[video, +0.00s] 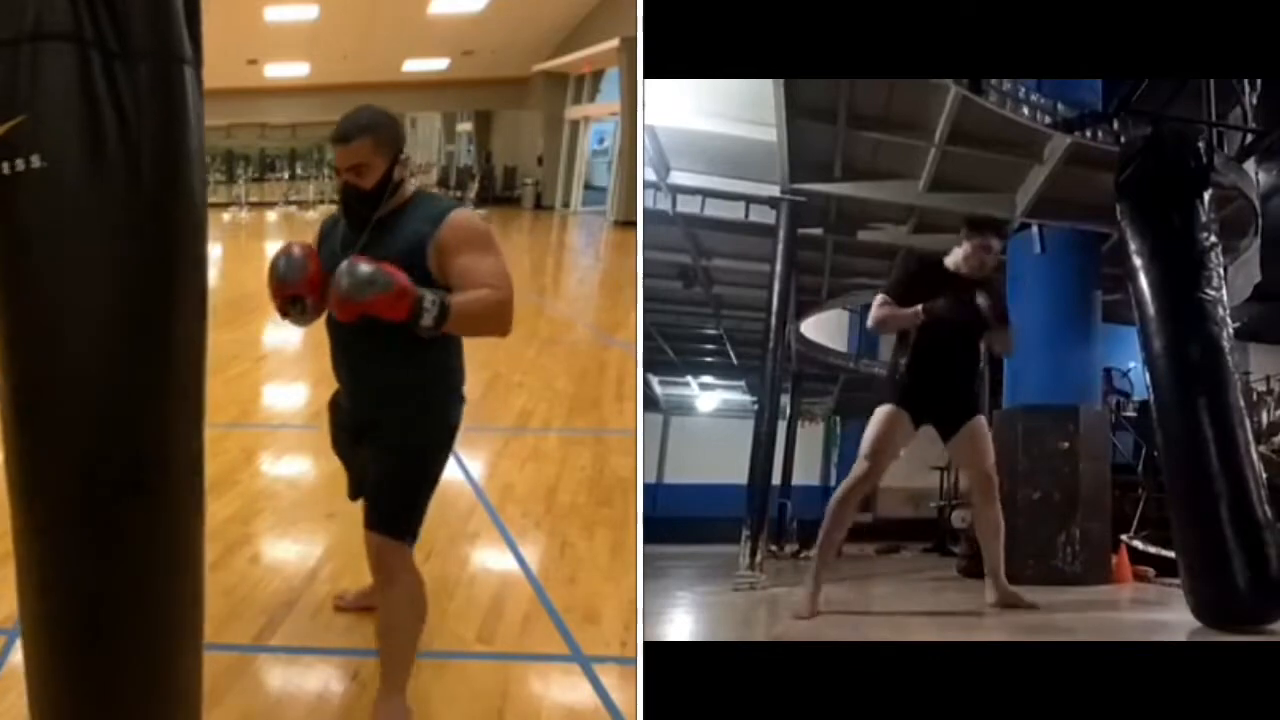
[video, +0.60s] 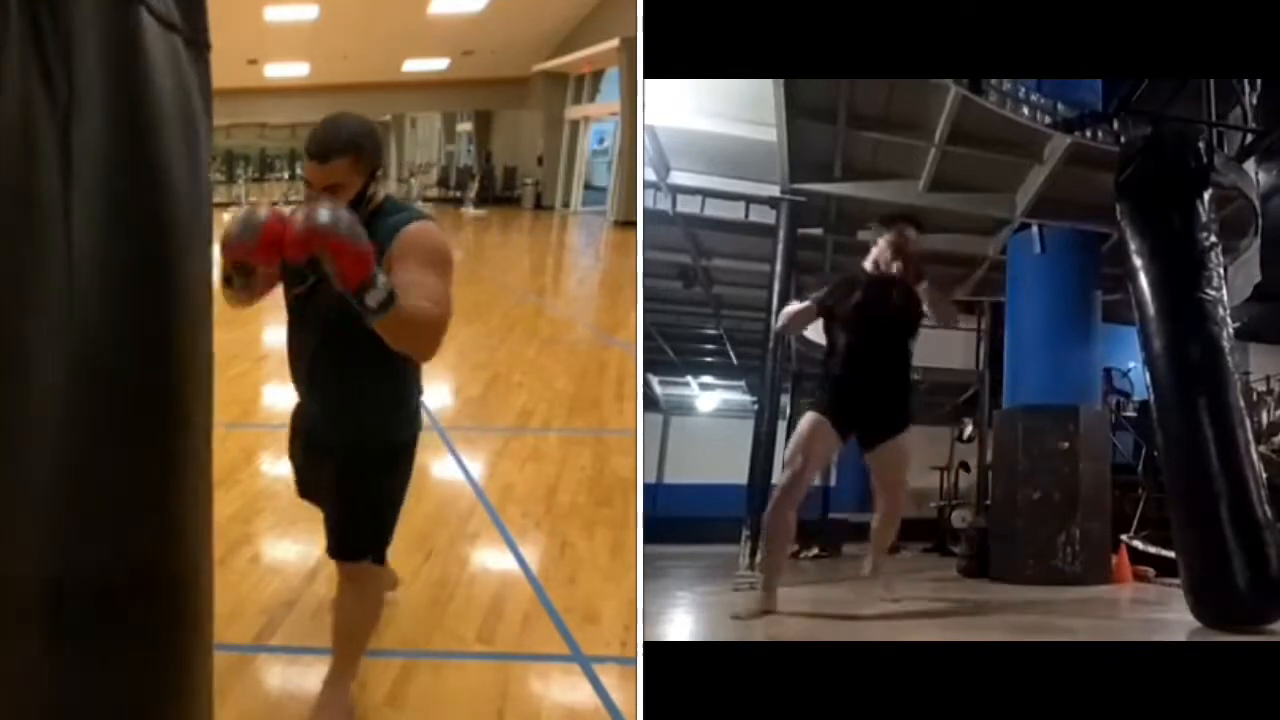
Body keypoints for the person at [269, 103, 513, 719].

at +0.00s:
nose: (346, 183)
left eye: (358, 172)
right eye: (340, 171)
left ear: (395, 162)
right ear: (336, 164)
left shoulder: (450, 225)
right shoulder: (338, 228)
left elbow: (498, 314)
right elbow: (306, 315)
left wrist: (415, 304)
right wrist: (295, 291)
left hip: (419, 404)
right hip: (357, 395)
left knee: (390, 552)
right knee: (373, 506)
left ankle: (392, 700)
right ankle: (387, 586)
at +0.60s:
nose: (319, 201)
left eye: (333, 188)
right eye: (311, 186)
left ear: (370, 178)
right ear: (304, 176)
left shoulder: (414, 237)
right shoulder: (304, 228)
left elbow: (424, 339)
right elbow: (243, 294)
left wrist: (365, 282)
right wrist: (239, 260)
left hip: (379, 420)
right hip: (317, 408)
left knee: (353, 557)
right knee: (333, 503)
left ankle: (339, 686)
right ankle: (376, 574)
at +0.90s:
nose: (303, 183)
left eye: (316, 171)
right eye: (296, 171)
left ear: (343, 172)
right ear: (282, 175)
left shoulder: (387, 235)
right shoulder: (274, 218)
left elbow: (367, 330)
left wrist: (334, 233)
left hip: (350, 425)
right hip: (286, 405)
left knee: (343, 561)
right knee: (282, 485)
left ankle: (335, 684)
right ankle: (293, 560)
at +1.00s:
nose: (295, 186)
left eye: (309, 174)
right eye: (284, 172)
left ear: (334, 178)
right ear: (266, 176)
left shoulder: (371, 232)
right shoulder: (263, 229)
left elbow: (376, 331)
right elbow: (226, 281)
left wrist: (328, 255)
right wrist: (244, 223)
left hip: (340, 422)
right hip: (275, 405)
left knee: (336, 560)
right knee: (271, 486)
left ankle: (335, 682)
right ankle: (278, 558)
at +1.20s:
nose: (262, 202)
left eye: (274, 191)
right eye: (253, 191)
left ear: (300, 179)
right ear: (242, 182)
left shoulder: (344, 231)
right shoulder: (241, 225)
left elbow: (379, 320)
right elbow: (216, 296)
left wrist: (327, 290)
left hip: (315, 400)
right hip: (256, 391)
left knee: (309, 535)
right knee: (271, 483)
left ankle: (325, 672)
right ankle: (282, 557)